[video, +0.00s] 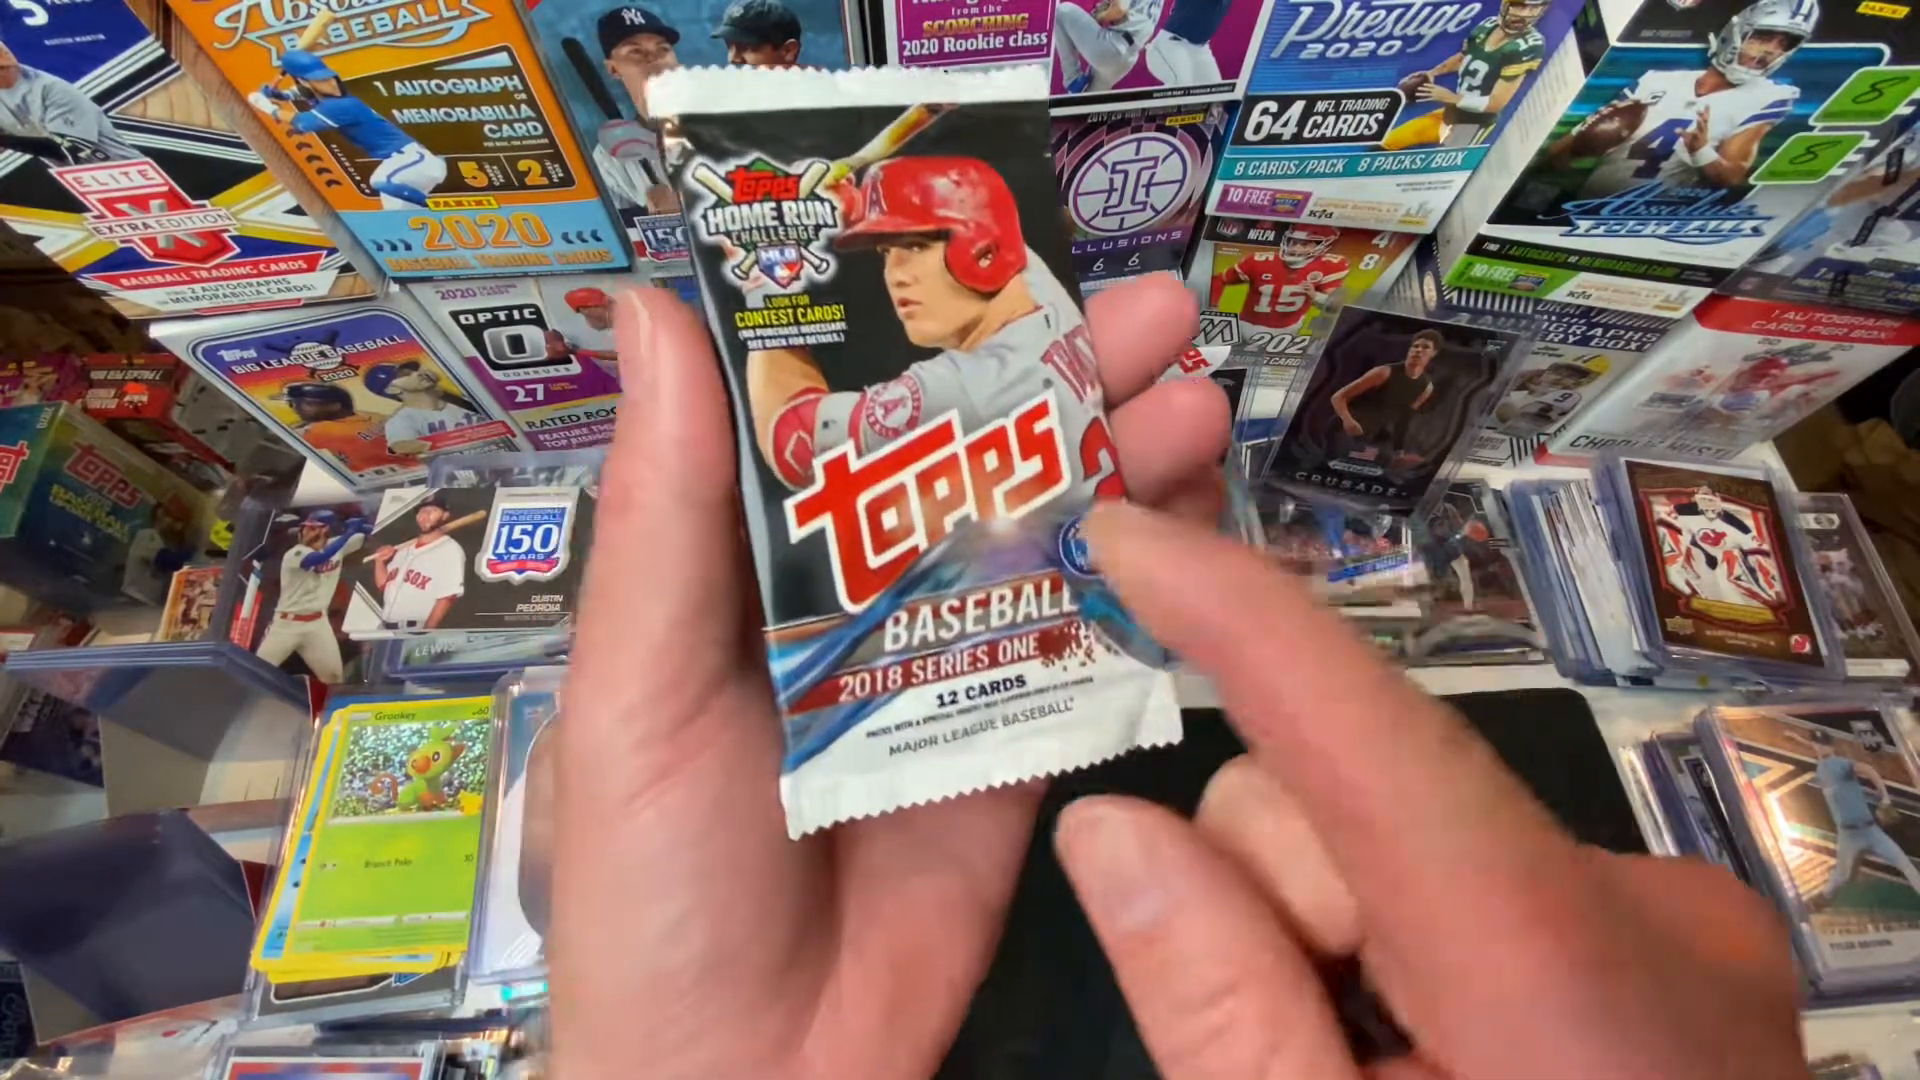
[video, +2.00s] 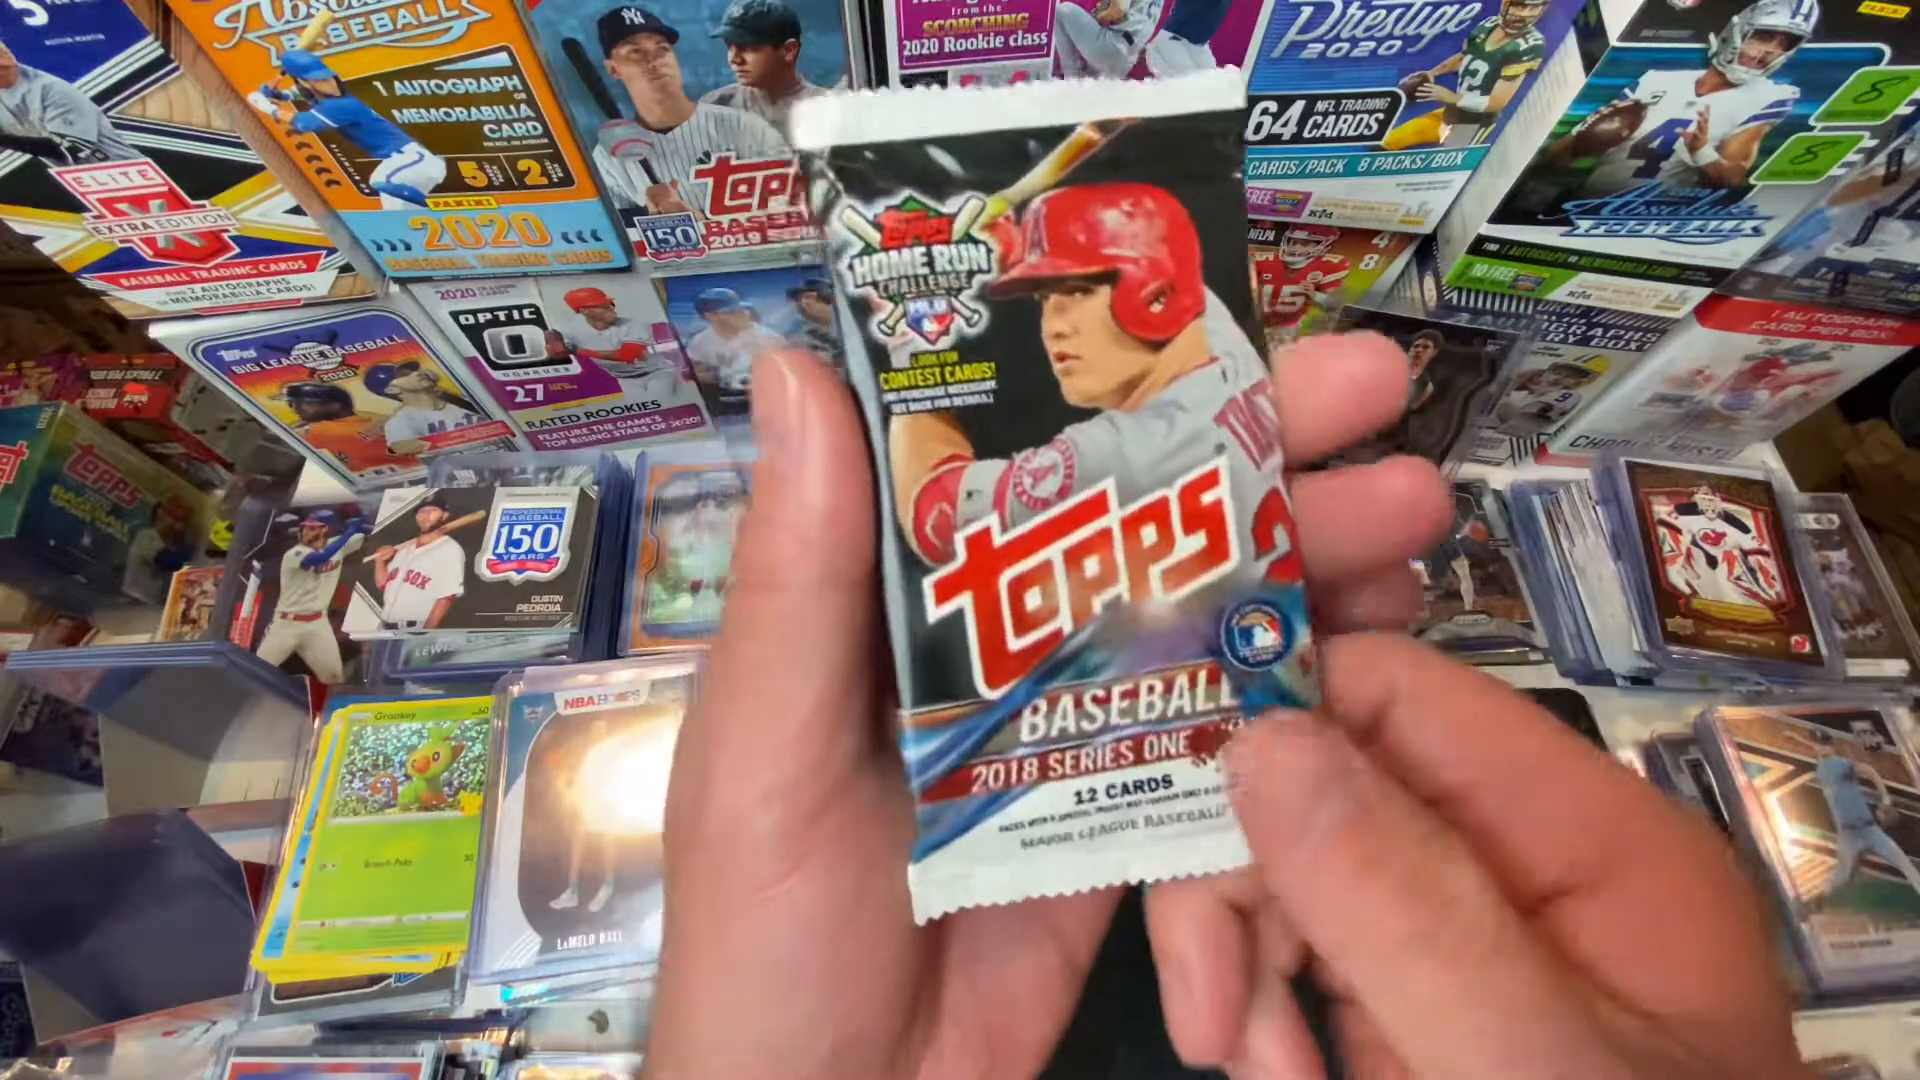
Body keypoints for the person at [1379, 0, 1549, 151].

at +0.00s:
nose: (1521, 14)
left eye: (1531, 7)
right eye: (1516, 5)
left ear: (1542, 11)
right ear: (1503, 5)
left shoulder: (1527, 47)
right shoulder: (1487, 26)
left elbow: (1495, 104)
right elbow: (1463, 58)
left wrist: (1449, 97)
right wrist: (1432, 73)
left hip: (1477, 123)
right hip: (1451, 111)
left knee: (1441, 174)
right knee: (1388, 141)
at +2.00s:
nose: (1520, 14)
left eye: (1530, 7)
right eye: (1515, 5)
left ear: (1542, 10)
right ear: (1503, 4)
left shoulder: (1528, 47)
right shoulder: (1487, 26)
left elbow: (1496, 103)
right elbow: (1463, 58)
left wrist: (1450, 97)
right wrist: (1432, 73)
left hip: (1480, 122)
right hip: (1453, 111)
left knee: (1444, 171)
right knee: (1390, 141)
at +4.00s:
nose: (1520, 13)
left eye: (1530, 7)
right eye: (1515, 5)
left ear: (1542, 11)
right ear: (1503, 5)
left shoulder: (1527, 47)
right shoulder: (1487, 26)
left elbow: (1496, 103)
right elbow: (1464, 57)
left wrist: (1450, 97)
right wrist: (1431, 73)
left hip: (1478, 123)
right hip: (1452, 111)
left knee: (1443, 174)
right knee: (1388, 141)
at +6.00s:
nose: (1517, 13)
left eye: (1528, 7)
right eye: (1514, 5)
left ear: (1541, 10)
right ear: (1503, 4)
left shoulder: (1527, 47)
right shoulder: (1487, 26)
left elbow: (1496, 103)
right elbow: (1462, 58)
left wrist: (1450, 97)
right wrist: (1431, 73)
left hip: (1475, 125)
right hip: (1451, 112)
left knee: (1441, 176)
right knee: (1388, 141)